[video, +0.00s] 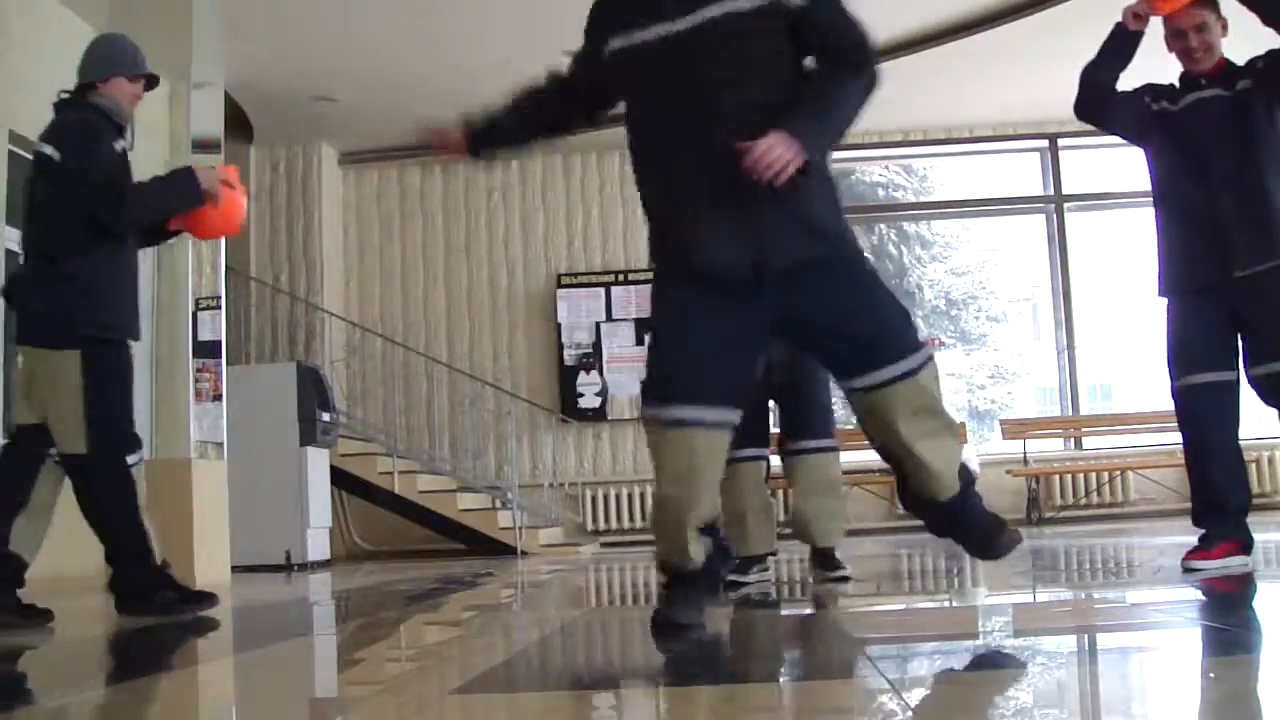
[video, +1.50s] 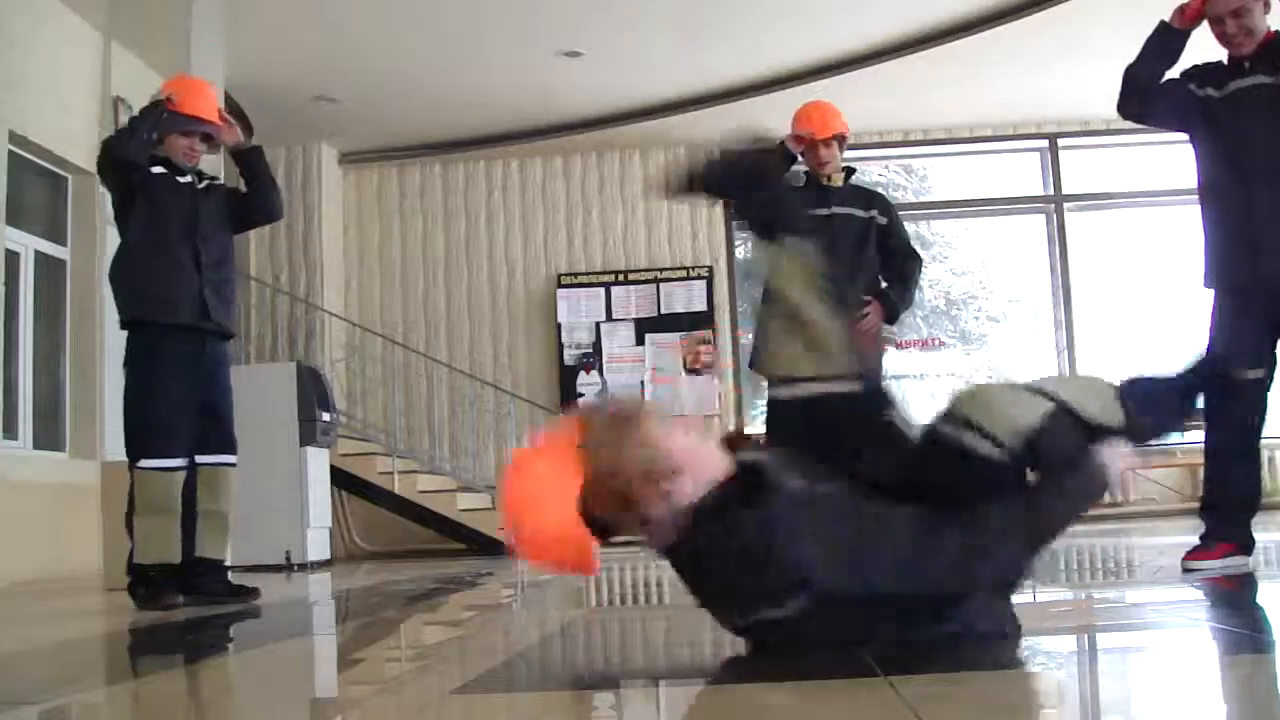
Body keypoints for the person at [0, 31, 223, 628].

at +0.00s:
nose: (142, 94)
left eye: (143, 84)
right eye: (136, 83)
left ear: (99, 84)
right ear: (107, 81)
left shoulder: (69, 131)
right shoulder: (90, 131)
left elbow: (114, 232)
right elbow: (116, 212)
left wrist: (181, 217)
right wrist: (191, 181)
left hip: (46, 326)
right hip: (81, 328)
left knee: (28, 454)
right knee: (99, 457)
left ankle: (3, 585)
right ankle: (141, 584)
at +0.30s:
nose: (186, 100)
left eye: (188, 91)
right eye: (178, 89)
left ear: (161, 92)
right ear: (148, 88)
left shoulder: (144, 143)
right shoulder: (128, 140)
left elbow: (162, 232)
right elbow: (139, 227)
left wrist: (225, 215)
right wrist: (215, 203)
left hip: (137, 324)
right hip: (124, 325)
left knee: (138, 448)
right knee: (136, 450)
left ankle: (56, 546)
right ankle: (141, 586)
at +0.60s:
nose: (214, 137)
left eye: (217, 129)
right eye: (210, 126)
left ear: (195, 124)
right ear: (186, 118)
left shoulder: (202, 183)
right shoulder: (137, 150)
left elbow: (257, 211)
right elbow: (164, 181)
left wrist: (271, 148)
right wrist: (210, 124)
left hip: (193, 329)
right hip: (156, 325)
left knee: (205, 453)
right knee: (163, 455)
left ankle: (203, 573)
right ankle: (142, 582)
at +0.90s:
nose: (221, 146)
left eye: (227, 139)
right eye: (214, 135)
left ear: (230, 145)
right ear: (186, 133)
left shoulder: (233, 192)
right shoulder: (157, 172)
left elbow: (285, 207)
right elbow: (145, 150)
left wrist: (270, 146)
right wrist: (190, 106)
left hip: (224, 333)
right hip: (173, 327)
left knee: (220, 453)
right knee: (174, 450)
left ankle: (207, 572)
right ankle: (155, 573)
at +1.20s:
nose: (216, 151)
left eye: (223, 143)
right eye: (209, 139)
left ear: (228, 146)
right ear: (180, 131)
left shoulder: (230, 197)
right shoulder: (152, 179)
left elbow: (282, 210)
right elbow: (136, 154)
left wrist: (258, 151)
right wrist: (179, 110)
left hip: (225, 338)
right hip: (174, 334)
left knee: (223, 458)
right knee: (176, 456)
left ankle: (208, 573)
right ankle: (156, 573)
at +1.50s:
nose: (196, 146)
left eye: (205, 140)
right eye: (187, 134)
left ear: (212, 146)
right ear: (160, 130)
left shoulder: (217, 196)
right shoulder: (137, 178)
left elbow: (269, 207)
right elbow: (117, 155)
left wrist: (244, 148)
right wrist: (157, 113)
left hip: (211, 338)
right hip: (157, 334)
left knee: (213, 455)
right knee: (160, 456)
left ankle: (205, 571)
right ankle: (152, 574)